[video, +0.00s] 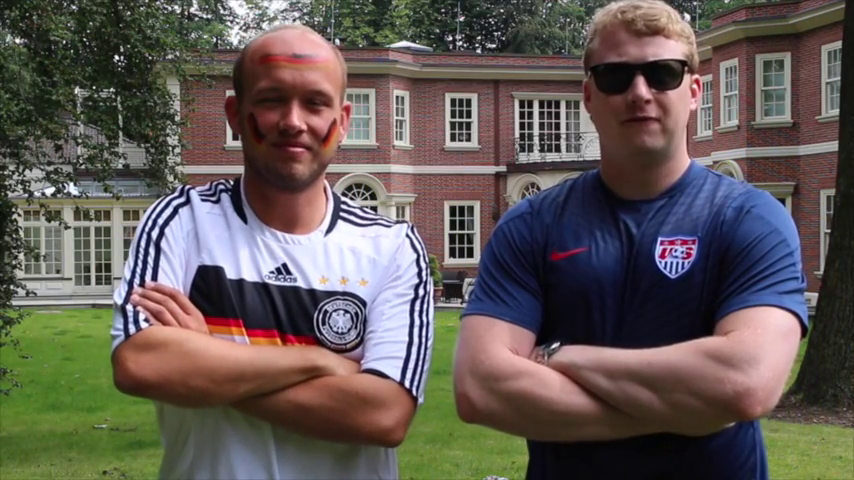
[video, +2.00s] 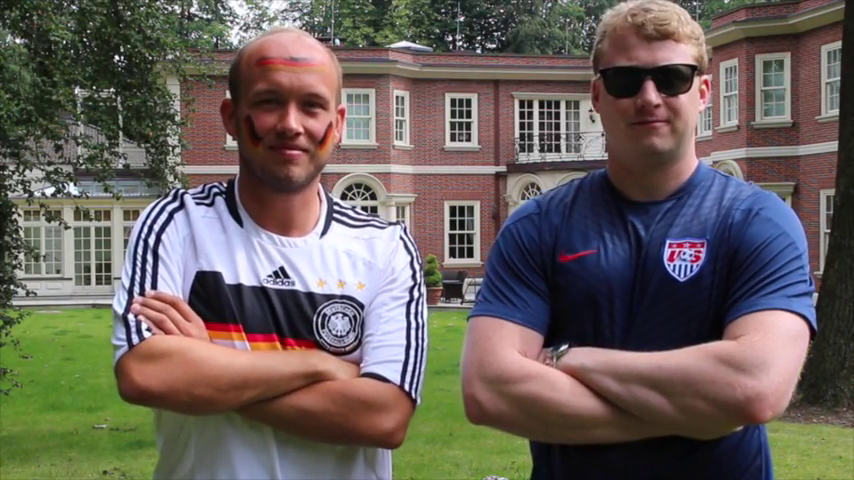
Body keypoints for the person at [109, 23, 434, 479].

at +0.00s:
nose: (294, 122)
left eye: (315, 103)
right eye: (272, 101)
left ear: (341, 121)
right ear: (235, 115)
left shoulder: (393, 247)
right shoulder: (179, 219)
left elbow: (386, 418)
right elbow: (136, 364)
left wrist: (210, 365)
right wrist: (320, 361)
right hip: (206, 473)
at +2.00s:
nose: (291, 124)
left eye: (312, 105)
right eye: (269, 102)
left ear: (337, 124)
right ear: (231, 117)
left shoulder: (386, 248)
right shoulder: (173, 223)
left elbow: (386, 420)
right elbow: (140, 374)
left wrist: (212, 372)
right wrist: (321, 365)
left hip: (341, 475)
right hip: (202, 473)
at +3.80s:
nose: (297, 122)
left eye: (306, 103)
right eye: (271, 101)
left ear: (314, 112)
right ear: (208, 119)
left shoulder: (350, 240)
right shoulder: (143, 232)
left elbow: (389, 404)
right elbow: (134, 389)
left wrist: (213, 370)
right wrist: (299, 340)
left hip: (332, 473)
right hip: (192, 473)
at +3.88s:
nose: (294, 115)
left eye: (301, 98)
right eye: (269, 95)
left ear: (309, 109)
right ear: (204, 117)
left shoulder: (348, 240)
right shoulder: (140, 232)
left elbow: (403, 406)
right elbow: (125, 388)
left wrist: (248, 361)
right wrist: (289, 304)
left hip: (330, 474)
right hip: (191, 472)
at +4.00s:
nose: (288, 122)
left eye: (295, 103)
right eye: (263, 100)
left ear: (304, 110)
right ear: (197, 119)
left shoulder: (339, 242)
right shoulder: (136, 239)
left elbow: (405, 411)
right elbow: (169, 407)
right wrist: (342, 322)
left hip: (323, 475)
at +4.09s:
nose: (284, 132)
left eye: (290, 111)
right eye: (259, 111)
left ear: (298, 119)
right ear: (191, 128)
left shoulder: (329, 243)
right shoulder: (141, 256)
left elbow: (366, 383)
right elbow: (230, 414)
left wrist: (386, 421)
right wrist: (412, 404)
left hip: (316, 470)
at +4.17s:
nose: (283, 150)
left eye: (287, 129)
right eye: (256, 131)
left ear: (295, 132)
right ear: (188, 152)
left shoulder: (316, 252)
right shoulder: (158, 284)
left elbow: (362, 403)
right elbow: (299, 425)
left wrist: (459, 458)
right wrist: (495, 458)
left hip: (318, 472)